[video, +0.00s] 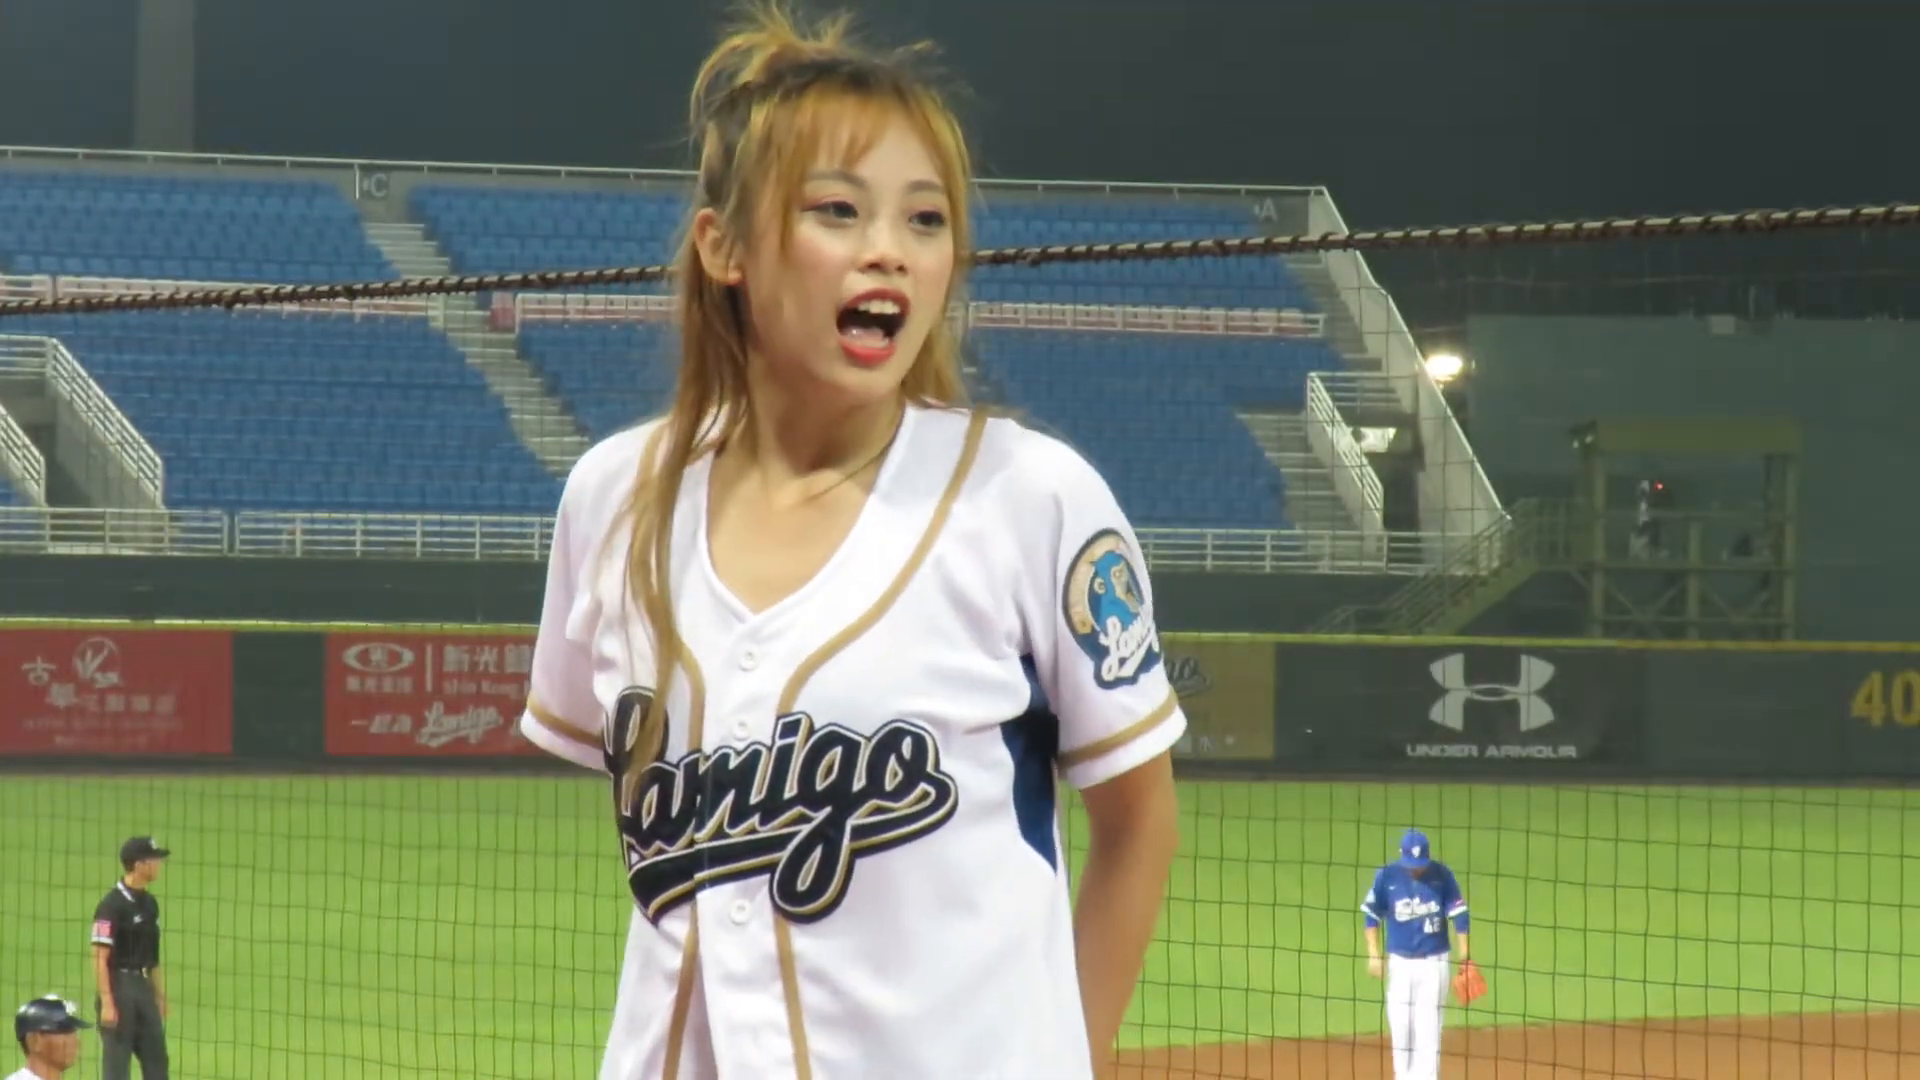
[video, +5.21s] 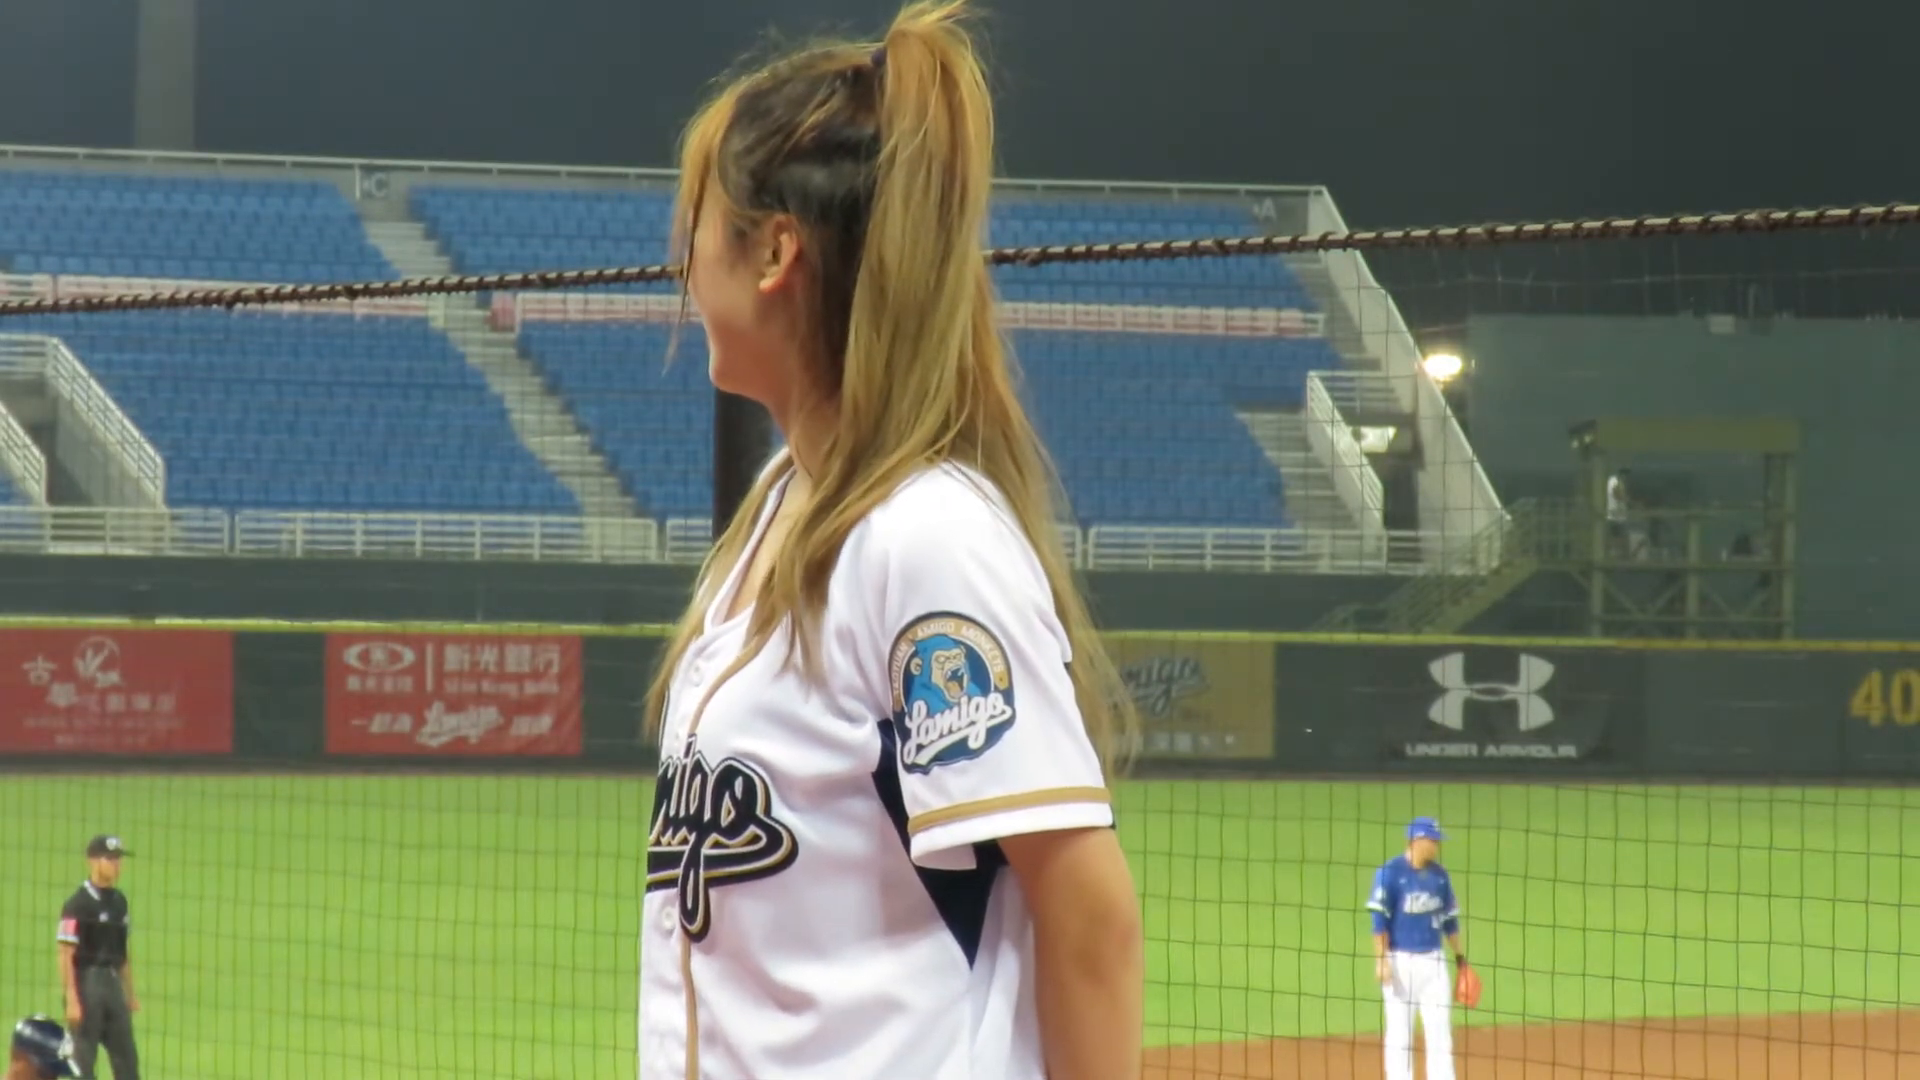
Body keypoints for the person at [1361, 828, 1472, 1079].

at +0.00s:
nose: (1416, 870)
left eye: (1420, 865)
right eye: (1411, 865)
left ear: (1428, 857)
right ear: (1402, 858)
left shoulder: (1441, 875)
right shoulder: (1387, 876)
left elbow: (1460, 916)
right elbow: (1371, 914)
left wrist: (1464, 959)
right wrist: (1374, 955)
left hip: (1434, 963)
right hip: (1399, 963)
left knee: (1428, 1028)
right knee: (1400, 1027)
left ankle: (1427, 1075)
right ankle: (1402, 1075)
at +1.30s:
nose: (1436, 869)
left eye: (1439, 865)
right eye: (1433, 864)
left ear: (1442, 860)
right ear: (1419, 855)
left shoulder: (1443, 879)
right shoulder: (1394, 877)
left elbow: (1456, 916)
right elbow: (1377, 918)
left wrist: (1467, 943)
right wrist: (1410, 945)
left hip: (1441, 964)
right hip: (1405, 965)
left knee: (1454, 1036)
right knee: (1406, 1040)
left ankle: (1447, 1076)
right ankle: (1403, 1077)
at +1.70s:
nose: (1460, 863)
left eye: (1463, 858)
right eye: (1455, 857)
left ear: (1467, 856)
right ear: (1441, 852)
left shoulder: (1470, 882)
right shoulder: (1420, 877)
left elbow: (1480, 925)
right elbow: (1405, 917)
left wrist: (1469, 923)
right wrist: (1446, 923)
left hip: (1460, 967)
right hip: (1425, 966)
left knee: (1464, 1044)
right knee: (1421, 1043)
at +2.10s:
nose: (1476, 850)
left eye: (1480, 845)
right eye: (1471, 844)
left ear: (1484, 849)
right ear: (1458, 847)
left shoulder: (1489, 882)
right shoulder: (1439, 877)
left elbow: (1507, 925)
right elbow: (1420, 917)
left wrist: (1500, 912)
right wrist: (1451, 911)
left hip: (1481, 967)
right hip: (1447, 965)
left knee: (1476, 1041)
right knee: (1451, 1038)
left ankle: (1472, 1077)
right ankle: (1447, 1077)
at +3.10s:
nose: (1447, 846)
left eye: (1452, 840)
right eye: (1441, 840)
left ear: (1459, 845)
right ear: (1431, 845)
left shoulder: (1472, 881)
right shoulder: (1415, 879)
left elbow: (1485, 919)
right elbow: (1403, 918)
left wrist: (1471, 939)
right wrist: (1432, 937)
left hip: (1464, 967)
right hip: (1427, 966)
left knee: (1465, 1042)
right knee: (1423, 1040)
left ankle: (1464, 1077)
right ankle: (1413, 1076)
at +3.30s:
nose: (1436, 845)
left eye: (1441, 840)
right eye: (1430, 840)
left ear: (1447, 845)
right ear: (1419, 845)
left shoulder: (1460, 881)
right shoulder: (1403, 879)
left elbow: (1470, 927)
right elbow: (1388, 921)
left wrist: (1467, 962)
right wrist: (1397, 956)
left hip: (1452, 967)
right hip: (1416, 968)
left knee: (1457, 1045)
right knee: (1412, 1043)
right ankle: (1409, 1078)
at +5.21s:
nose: (1434, 847)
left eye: (1435, 842)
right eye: (1429, 841)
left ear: (1435, 844)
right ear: (1414, 841)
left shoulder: (1440, 875)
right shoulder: (1390, 873)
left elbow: (1450, 922)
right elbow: (1379, 919)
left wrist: (1461, 960)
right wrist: (1382, 958)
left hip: (1434, 961)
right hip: (1399, 960)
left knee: (1440, 1034)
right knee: (1399, 1035)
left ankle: (1442, 1076)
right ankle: (1399, 1076)